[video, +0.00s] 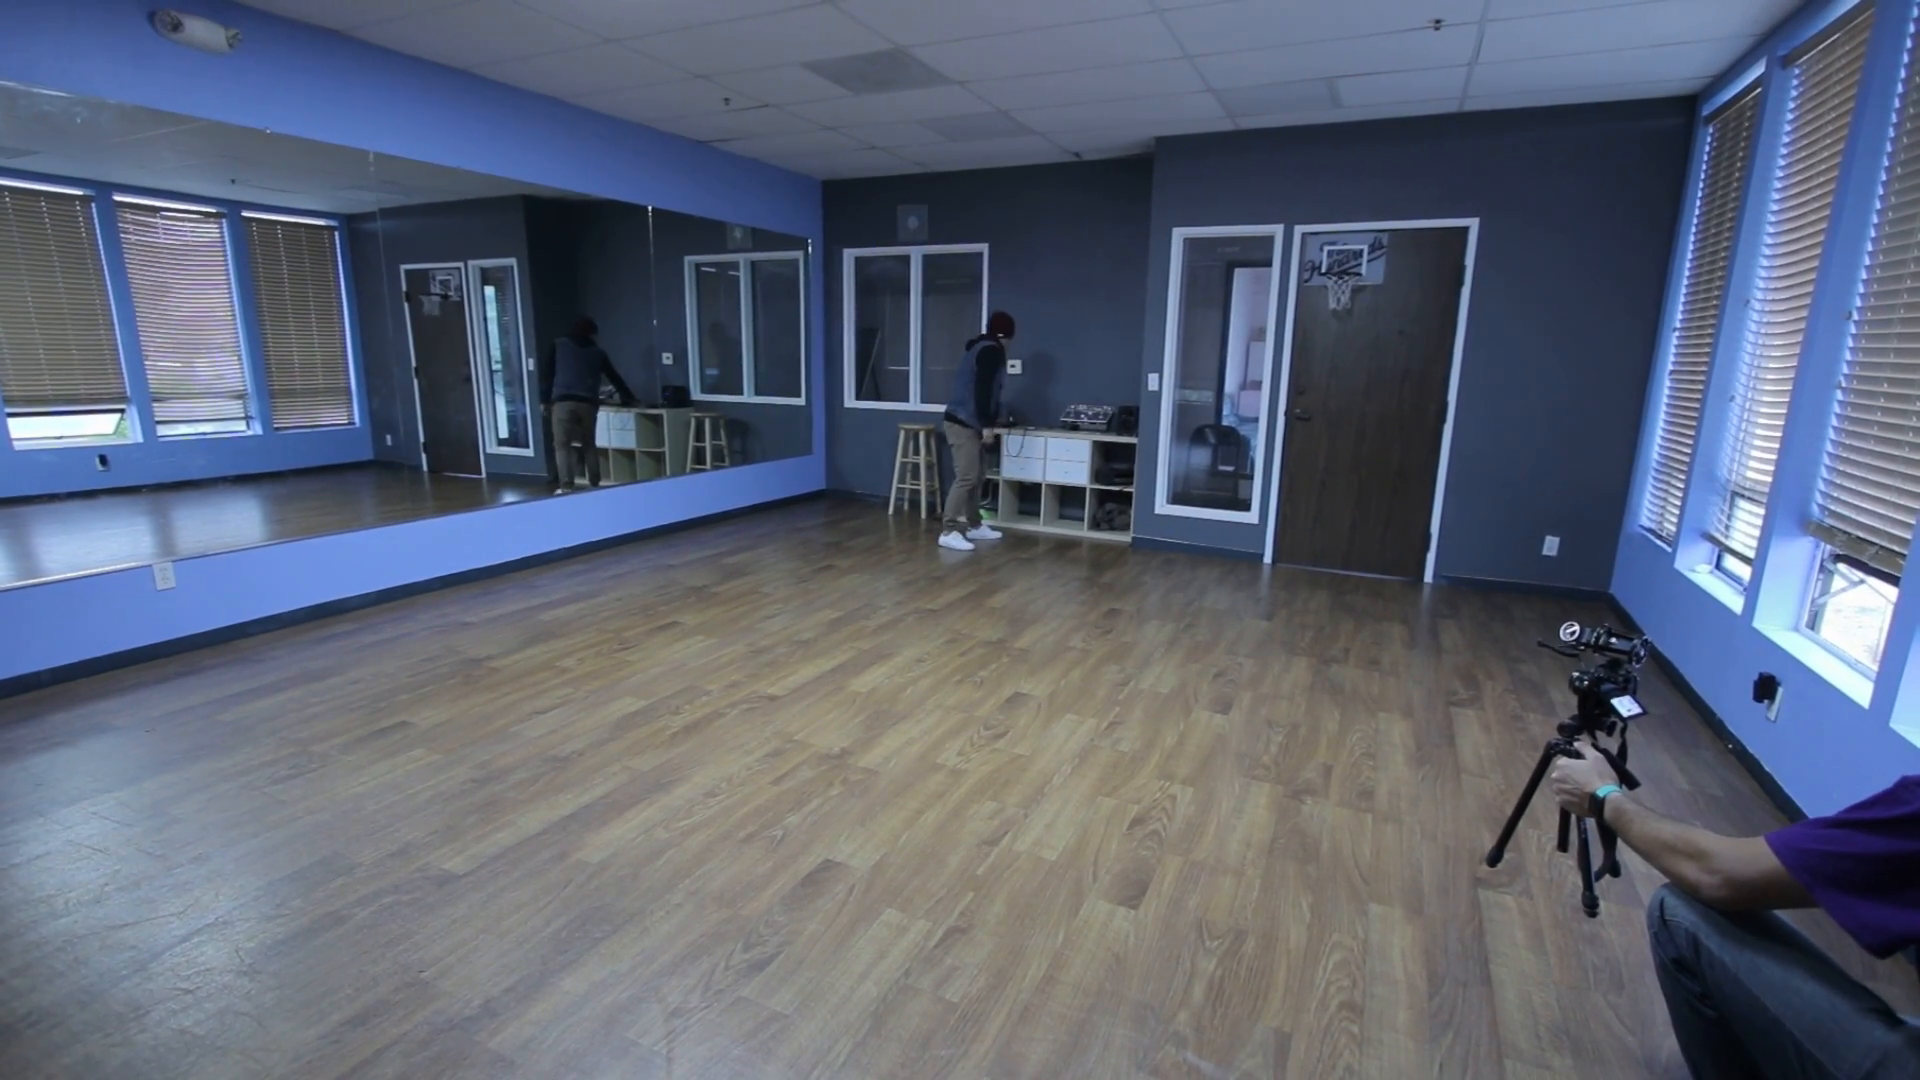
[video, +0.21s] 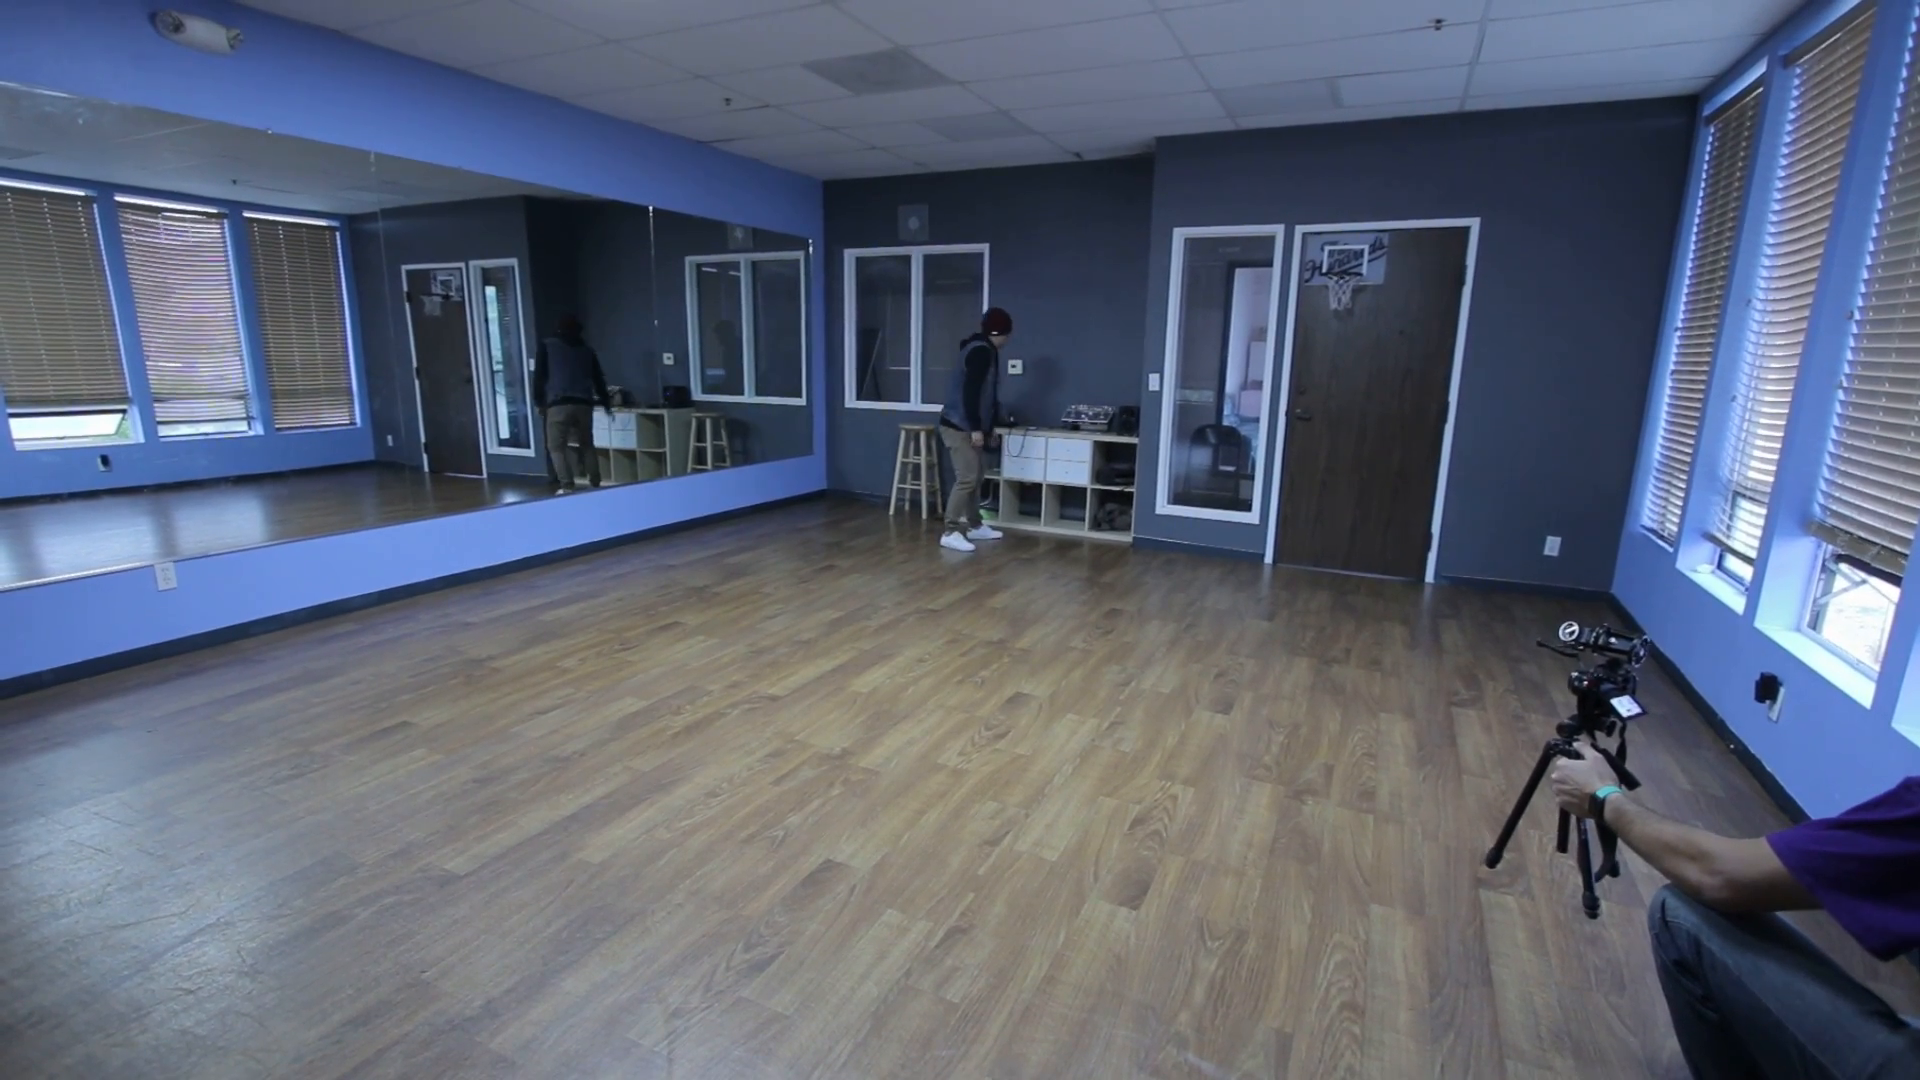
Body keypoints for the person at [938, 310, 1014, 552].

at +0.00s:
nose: (1011, 341)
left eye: (1011, 336)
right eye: (1010, 336)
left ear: (990, 329)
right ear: (1005, 334)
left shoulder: (984, 348)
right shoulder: (991, 351)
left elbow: (983, 389)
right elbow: (983, 389)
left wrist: (991, 421)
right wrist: (987, 424)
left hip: (970, 423)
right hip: (962, 422)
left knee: (975, 477)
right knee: (966, 477)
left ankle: (974, 525)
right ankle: (949, 531)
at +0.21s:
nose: (1007, 340)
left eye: (1007, 335)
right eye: (1006, 335)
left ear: (990, 330)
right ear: (997, 332)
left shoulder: (990, 352)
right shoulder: (980, 351)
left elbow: (988, 394)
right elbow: (971, 391)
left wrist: (991, 426)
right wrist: (976, 427)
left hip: (969, 425)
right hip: (957, 425)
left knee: (975, 476)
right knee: (967, 477)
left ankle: (974, 525)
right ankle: (951, 531)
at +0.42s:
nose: (1003, 336)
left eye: (1002, 331)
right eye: (1001, 331)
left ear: (986, 329)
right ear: (990, 330)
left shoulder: (988, 355)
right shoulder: (968, 353)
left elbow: (985, 397)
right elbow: (957, 395)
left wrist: (984, 432)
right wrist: (960, 431)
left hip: (973, 428)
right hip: (954, 428)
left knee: (974, 480)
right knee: (965, 481)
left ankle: (972, 526)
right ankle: (950, 533)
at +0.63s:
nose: (997, 336)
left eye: (997, 331)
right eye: (995, 331)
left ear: (979, 330)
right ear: (984, 331)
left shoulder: (985, 357)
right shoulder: (955, 357)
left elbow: (989, 394)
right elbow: (940, 398)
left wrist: (990, 426)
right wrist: (942, 434)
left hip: (977, 431)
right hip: (956, 433)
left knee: (981, 480)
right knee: (965, 483)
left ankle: (979, 528)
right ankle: (949, 535)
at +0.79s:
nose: (991, 332)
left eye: (992, 327)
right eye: (988, 327)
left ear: (977, 328)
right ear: (972, 326)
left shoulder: (986, 357)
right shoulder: (948, 357)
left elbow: (992, 395)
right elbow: (936, 398)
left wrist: (997, 428)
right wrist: (936, 437)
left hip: (981, 430)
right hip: (954, 432)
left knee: (990, 478)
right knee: (962, 482)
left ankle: (995, 527)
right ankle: (949, 535)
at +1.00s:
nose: (980, 324)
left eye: (983, 319)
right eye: (974, 319)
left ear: (985, 321)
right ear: (960, 320)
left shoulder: (989, 351)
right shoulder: (943, 351)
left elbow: (997, 391)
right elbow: (934, 393)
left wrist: (999, 426)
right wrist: (945, 428)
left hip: (983, 427)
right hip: (954, 428)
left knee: (988, 481)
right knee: (954, 483)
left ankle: (993, 532)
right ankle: (949, 534)